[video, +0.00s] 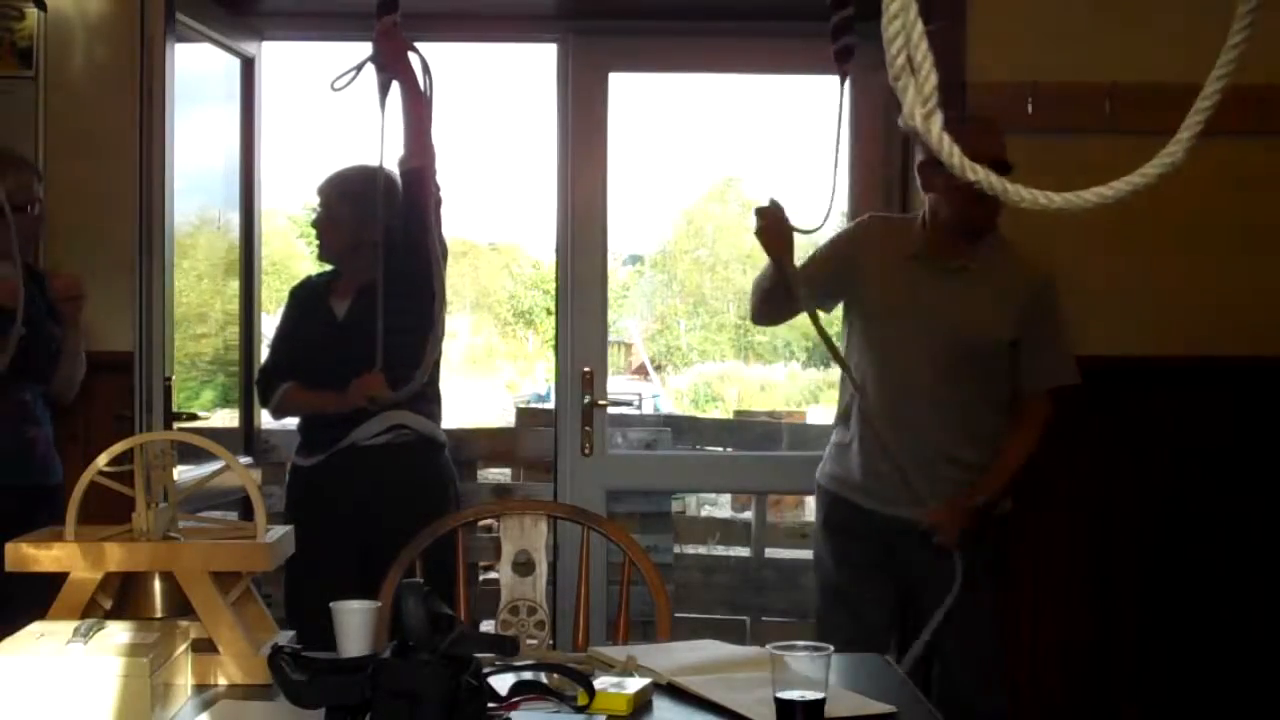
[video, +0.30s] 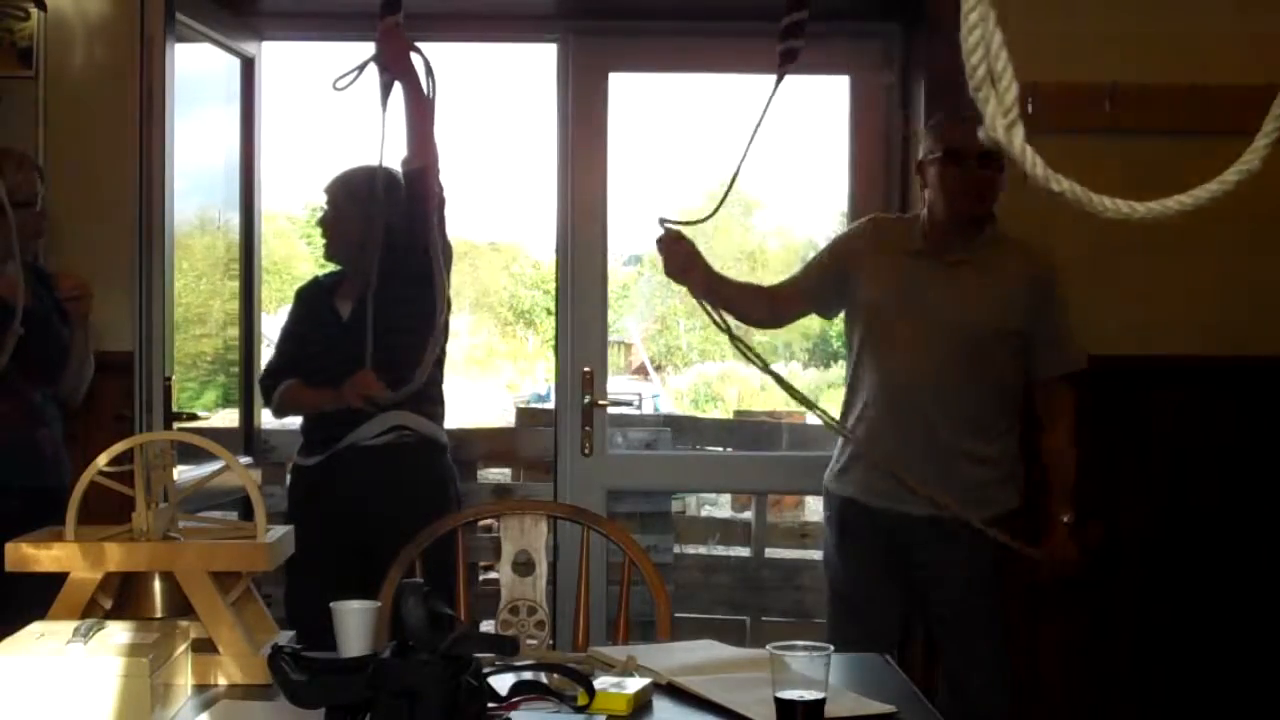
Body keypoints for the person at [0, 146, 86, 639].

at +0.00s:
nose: (33, 215)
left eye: (37, 202)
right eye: (19, 204)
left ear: (44, 206)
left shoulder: (42, 284)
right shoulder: (5, 282)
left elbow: (62, 389)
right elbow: (8, 365)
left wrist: (73, 321)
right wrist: (15, 310)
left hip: (38, 458)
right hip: (8, 457)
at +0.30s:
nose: (36, 215)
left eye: (39, 200)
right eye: (21, 202)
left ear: (46, 202)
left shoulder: (41, 281)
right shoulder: (6, 281)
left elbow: (70, 391)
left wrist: (80, 324)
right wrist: (13, 312)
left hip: (44, 470)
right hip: (12, 472)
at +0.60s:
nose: (25, 215)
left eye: (29, 201)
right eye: (16, 199)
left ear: (32, 207)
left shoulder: (43, 284)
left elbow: (75, 395)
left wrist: (84, 325)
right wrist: (15, 308)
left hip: (41, 475)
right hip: (13, 476)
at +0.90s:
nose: (30, 211)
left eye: (34, 197)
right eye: (18, 198)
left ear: (44, 205)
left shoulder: (49, 285)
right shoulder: (4, 283)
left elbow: (83, 396)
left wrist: (81, 325)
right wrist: (16, 314)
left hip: (47, 470)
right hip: (8, 472)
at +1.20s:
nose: (30, 212)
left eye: (32, 198)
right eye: (18, 198)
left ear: (42, 209)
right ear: (2, 210)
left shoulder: (45, 289)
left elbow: (78, 393)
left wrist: (75, 325)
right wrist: (15, 305)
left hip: (41, 469)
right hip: (11, 467)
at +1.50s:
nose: (23, 213)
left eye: (25, 199)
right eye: (12, 200)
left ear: (34, 207)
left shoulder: (39, 282)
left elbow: (96, 368)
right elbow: (96, 366)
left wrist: (96, 283)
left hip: (41, 467)